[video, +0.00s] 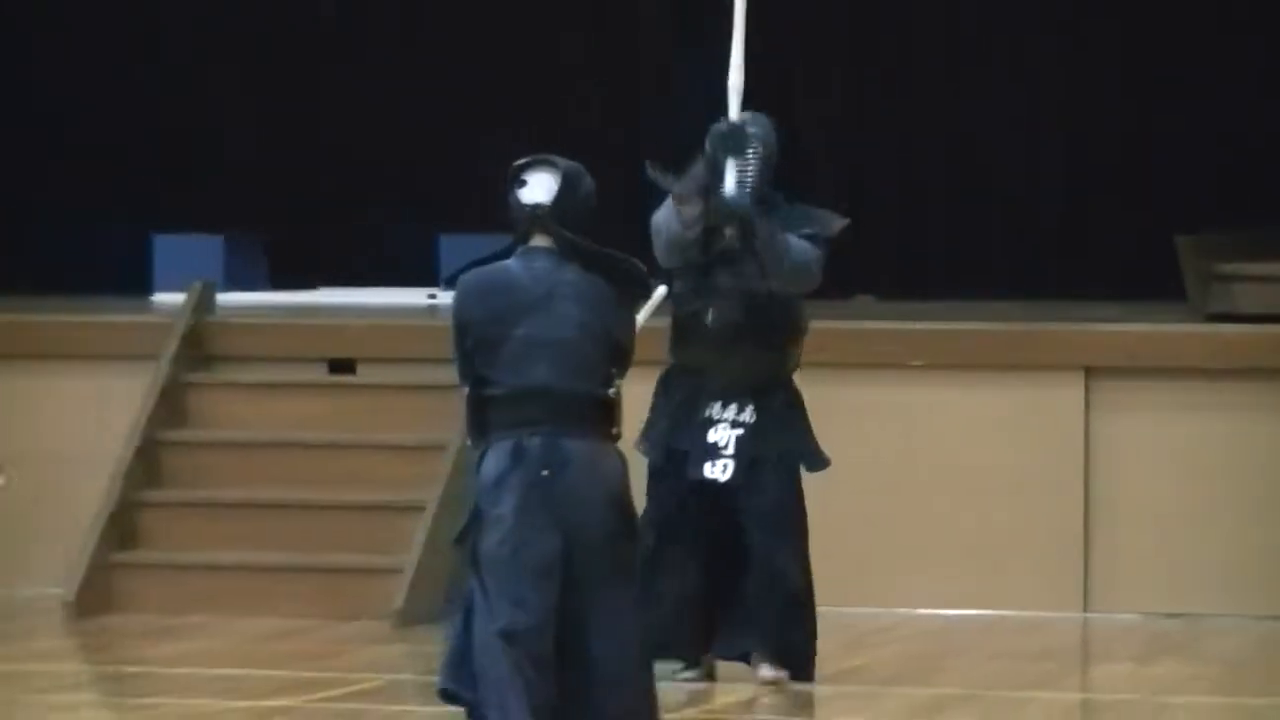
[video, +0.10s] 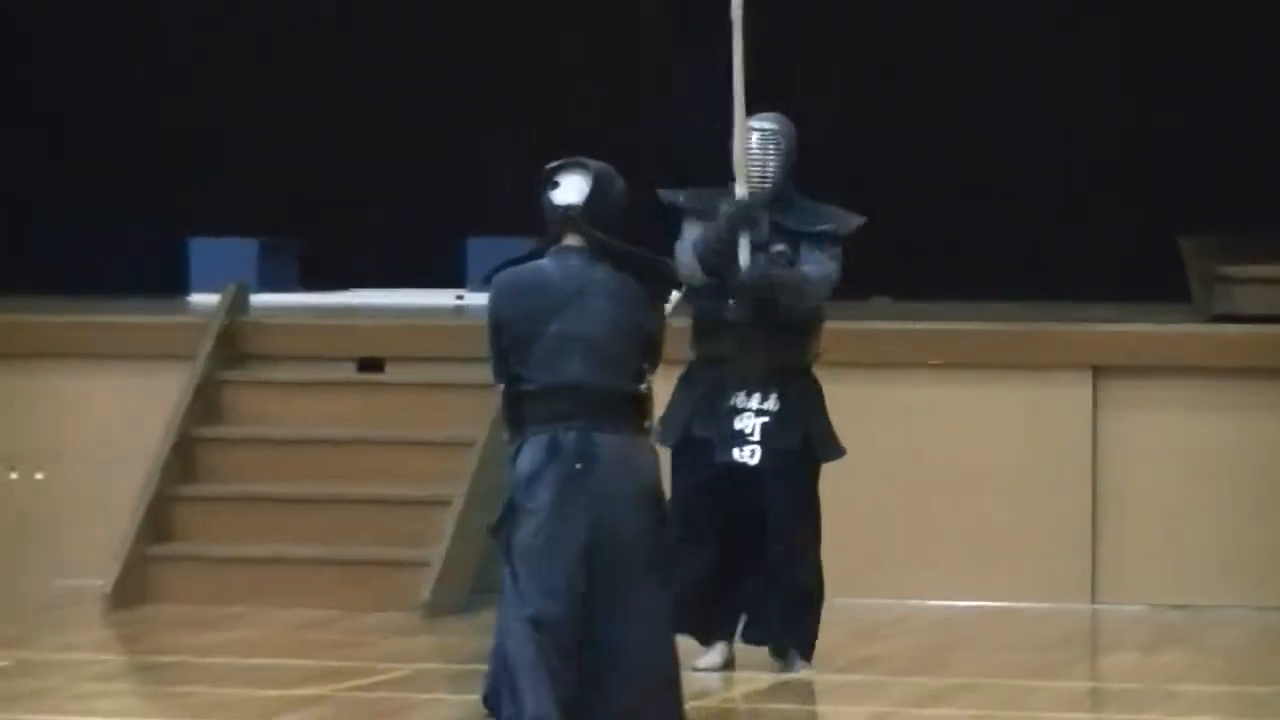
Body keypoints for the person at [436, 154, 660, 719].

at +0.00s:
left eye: (521, 206)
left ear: (517, 214)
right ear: (579, 218)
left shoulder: (476, 286)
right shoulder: (603, 292)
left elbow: (471, 372)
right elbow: (619, 361)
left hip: (509, 456)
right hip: (591, 456)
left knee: (512, 617)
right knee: (608, 611)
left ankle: (512, 710)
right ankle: (616, 709)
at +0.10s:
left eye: (556, 212)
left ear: (550, 216)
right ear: (611, 219)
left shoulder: (510, 285)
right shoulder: (637, 291)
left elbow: (504, 372)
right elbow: (647, 362)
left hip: (545, 451)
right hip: (625, 453)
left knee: (539, 602)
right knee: (631, 599)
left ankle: (535, 706)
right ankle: (634, 706)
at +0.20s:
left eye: (582, 212)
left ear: (584, 217)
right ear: (644, 220)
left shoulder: (546, 283)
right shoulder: (669, 288)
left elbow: (540, 364)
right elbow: (675, 363)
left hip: (581, 435)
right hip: (657, 438)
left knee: (576, 572)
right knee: (656, 575)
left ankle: (556, 699)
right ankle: (656, 700)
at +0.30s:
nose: (628, 221)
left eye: (627, 212)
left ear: (625, 217)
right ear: (683, 220)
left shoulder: (589, 282)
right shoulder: (709, 284)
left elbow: (583, 359)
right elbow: (718, 352)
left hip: (622, 430)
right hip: (697, 431)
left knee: (619, 565)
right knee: (696, 570)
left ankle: (592, 694)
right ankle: (692, 699)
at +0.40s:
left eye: (666, 215)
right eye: (715, 216)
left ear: (662, 218)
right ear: (719, 219)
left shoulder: (629, 282)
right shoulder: (741, 280)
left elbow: (619, 355)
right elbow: (751, 349)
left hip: (659, 429)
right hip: (729, 430)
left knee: (660, 553)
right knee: (731, 556)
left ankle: (638, 687)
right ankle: (733, 693)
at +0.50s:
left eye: (678, 216)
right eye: (723, 219)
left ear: (671, 221)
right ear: (727, 222)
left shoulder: (639, 283)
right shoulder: (751, 284)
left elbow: (628, 359)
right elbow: (759, 353)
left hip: (667, 426)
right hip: (736, 427)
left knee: (671, 547)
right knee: (739, 549)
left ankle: (667, 680)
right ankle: (735, 681)